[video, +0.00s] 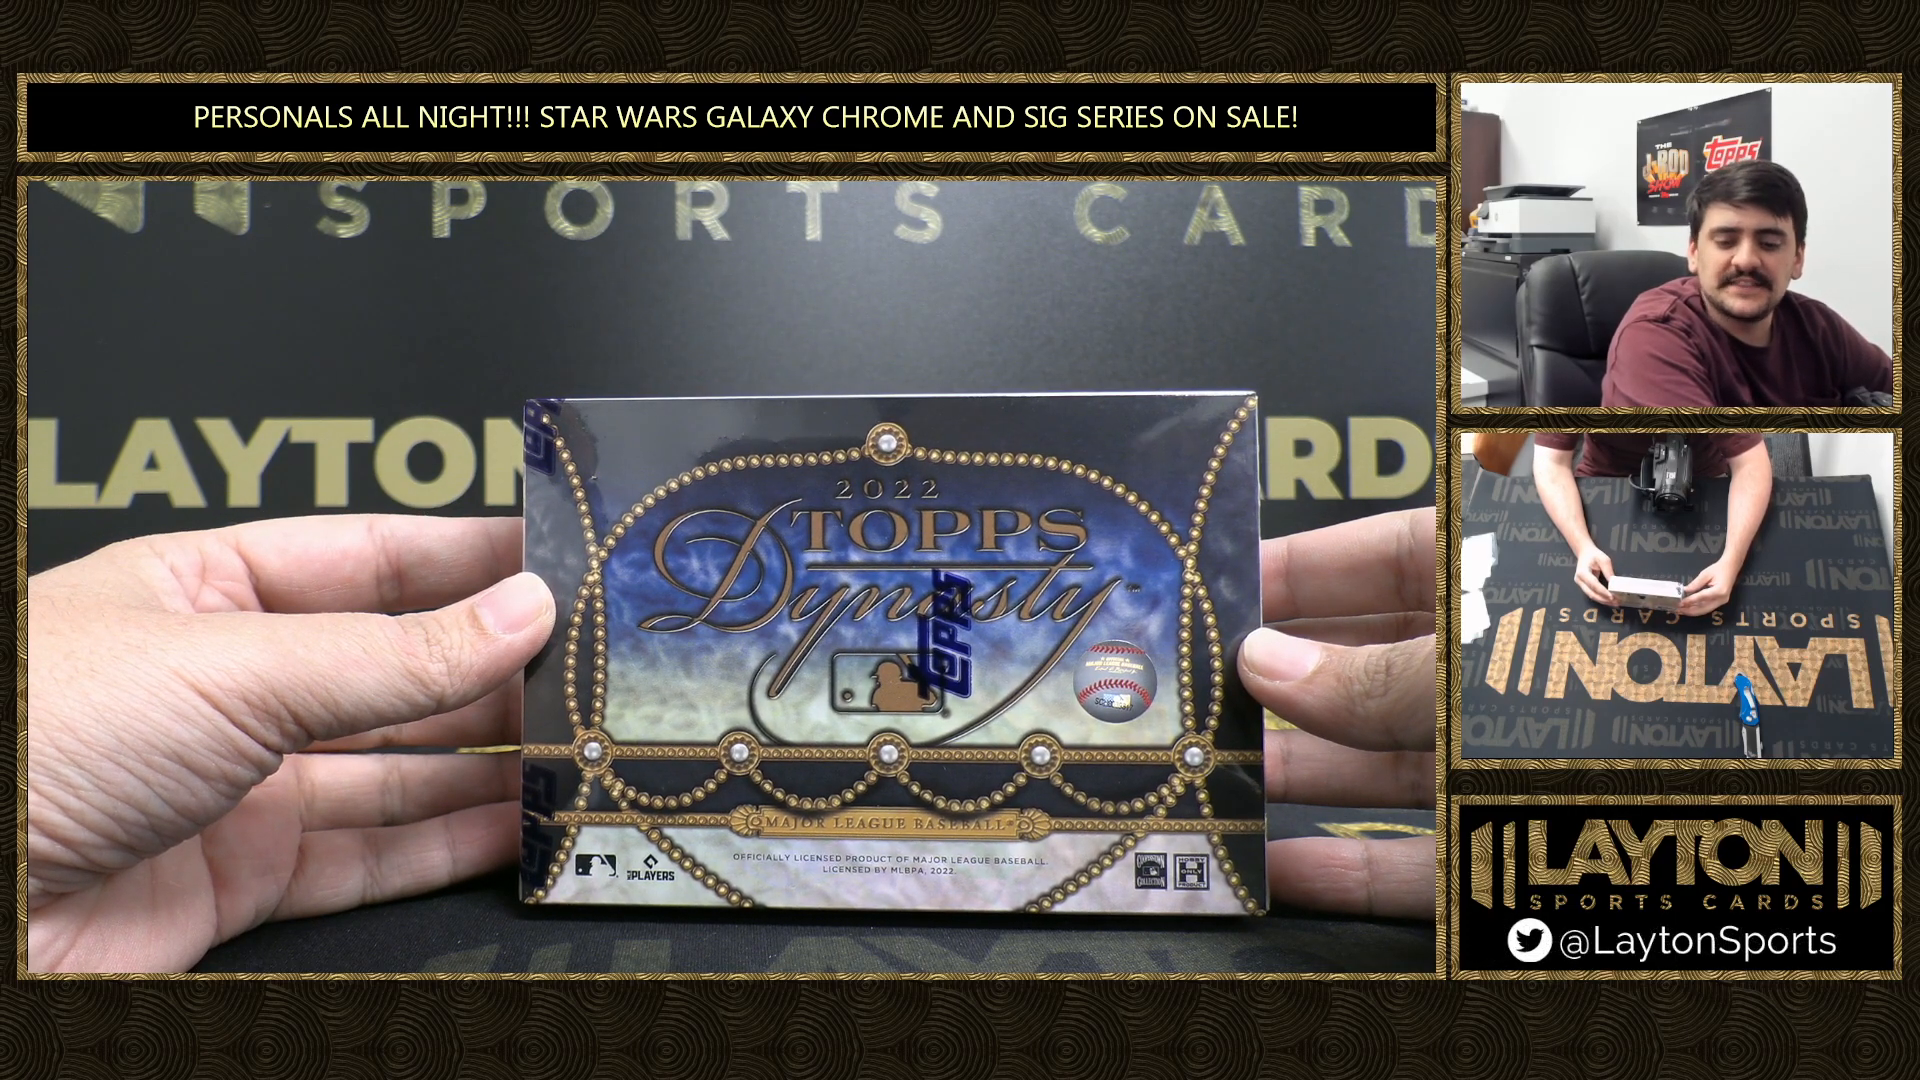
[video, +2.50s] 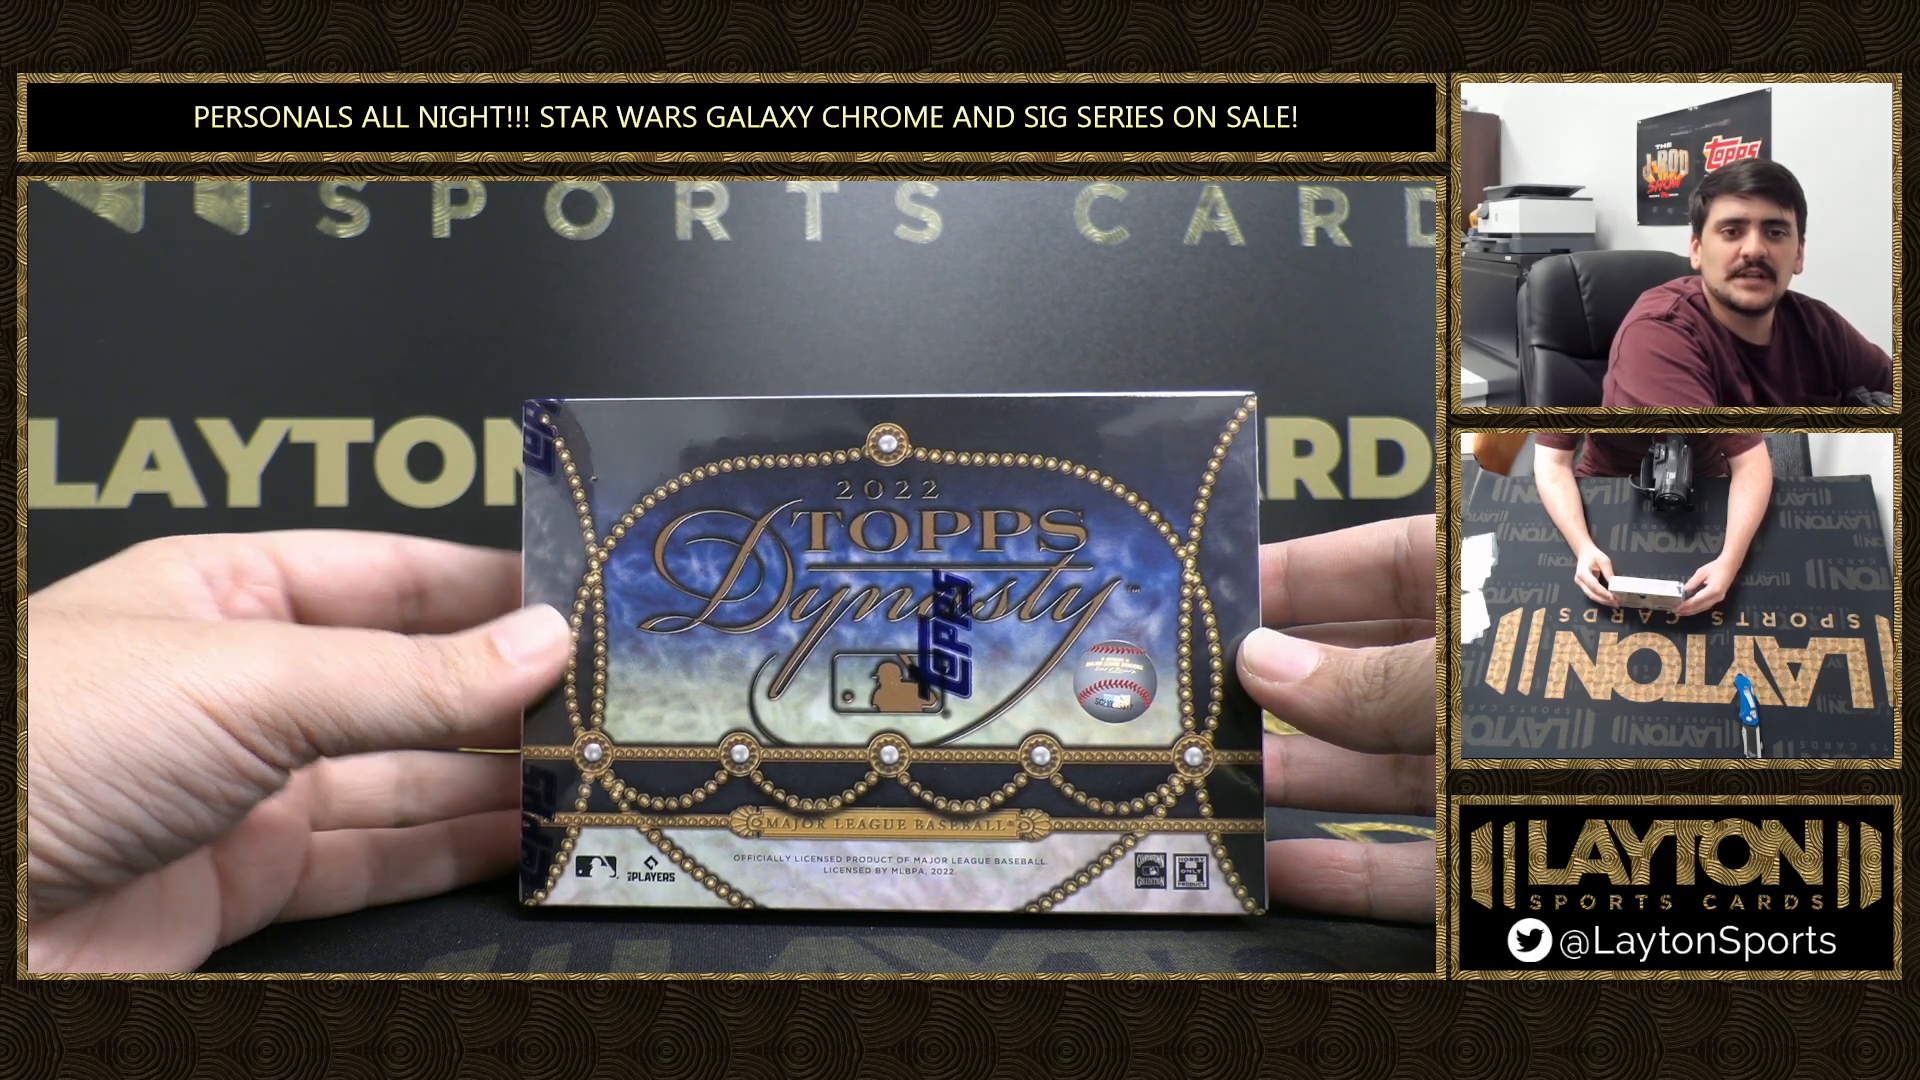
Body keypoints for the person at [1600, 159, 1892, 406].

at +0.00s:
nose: (1746, 260)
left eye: (1769, 243)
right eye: (1726, 241)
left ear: (1798, 258)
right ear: (1693, 252)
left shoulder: (1818, 329)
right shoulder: (1655, 333)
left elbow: (1897, 388)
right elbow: (1746, 462)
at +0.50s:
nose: (1749, 252)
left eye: (1771, 235)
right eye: (1729, 233)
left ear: (1800, 256)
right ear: (1696, 251)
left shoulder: (1818, 329)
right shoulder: (1656, 333)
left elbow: (1896, 387)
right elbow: (1746, 460)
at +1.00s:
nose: (1749, 251)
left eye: (1771, 234)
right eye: (1728, 232)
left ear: (1799, 255)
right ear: (1695, 250)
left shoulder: (1818, 329)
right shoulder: (1656, 332)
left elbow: (1896, 388)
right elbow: (1746, 460)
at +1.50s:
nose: (1749, 249)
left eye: (1770, 232)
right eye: (1727, 232)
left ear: (1797, 255)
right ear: (1694, 251)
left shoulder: (1817, 329)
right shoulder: (1656, 333)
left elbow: (1897, 389)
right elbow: (1746, 461)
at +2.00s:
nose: (1748, 249)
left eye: (1770, 232)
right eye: (1728, 231)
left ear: (1798, 255)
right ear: (1695, 251)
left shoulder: (1817, 328)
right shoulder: (1657, 333)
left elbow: (1896, 387)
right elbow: (1747, 461)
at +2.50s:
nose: (1754, 249)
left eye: (1775, 232)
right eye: (1732, 232)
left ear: (1799, 254)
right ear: (1696, 250)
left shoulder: (1818, 328)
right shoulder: (1658, 332)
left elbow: (1896, 388)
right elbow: (1746, 460)